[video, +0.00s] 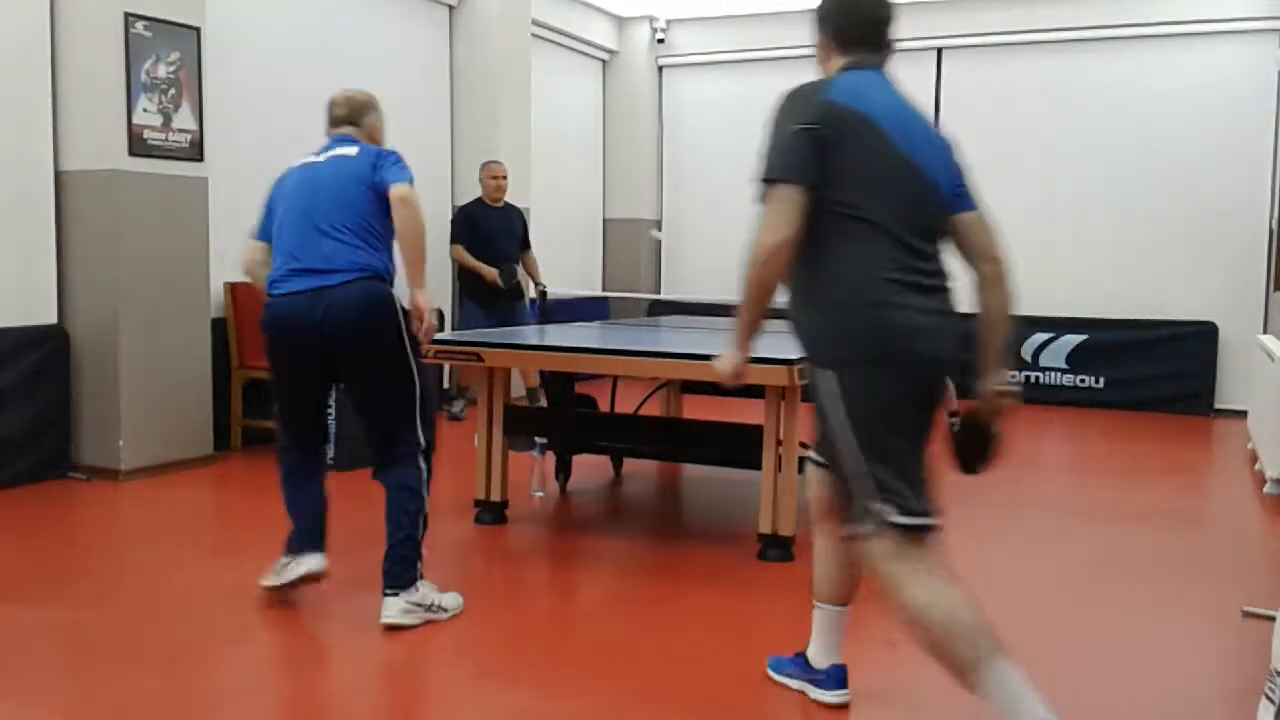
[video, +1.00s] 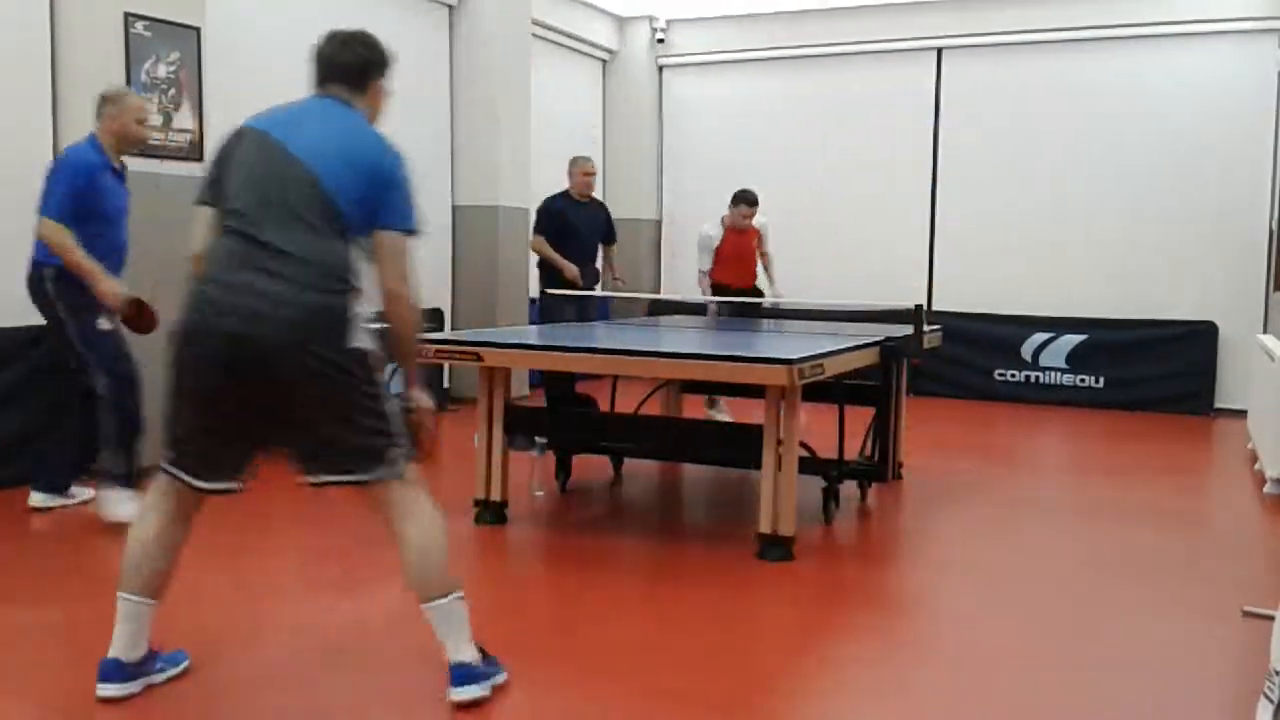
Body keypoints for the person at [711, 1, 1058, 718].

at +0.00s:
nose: (814, 50)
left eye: (816, 38)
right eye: (825, 37)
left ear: (823, 43)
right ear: (886, 46)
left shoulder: (810, 106)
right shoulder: (923, 129)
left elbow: (778, 239)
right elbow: (989, 260)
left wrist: (739, 345)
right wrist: (993, 377)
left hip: (855, 348)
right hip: (925, 344)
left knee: (892, 551)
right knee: (831, 493)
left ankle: (1028, 707)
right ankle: (822, 662)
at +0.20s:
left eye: (728, 61)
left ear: (729, 63)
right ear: (792, 66)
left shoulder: (710, 115)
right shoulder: (826, 138)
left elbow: (674, 232)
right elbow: (870, 266)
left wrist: (658, 338)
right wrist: (849, 345)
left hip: (752, 334)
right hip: (841, 338)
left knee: (678, 498)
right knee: (809, 493)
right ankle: (828, 664)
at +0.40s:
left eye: (633, 84)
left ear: (630, 87)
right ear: (690, 90)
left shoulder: (606, 148)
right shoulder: (722, 156)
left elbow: (561, 259)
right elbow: (758, 270)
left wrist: (557, 349)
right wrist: (704, 308)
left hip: (635, 360)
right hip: (731, 364)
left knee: (516, 477)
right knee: (768, 498)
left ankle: (433, 636)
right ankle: (823, 657)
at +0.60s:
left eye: (525, 60)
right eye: (566, 67)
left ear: (514, 66)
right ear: (575, 73)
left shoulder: (463, 127)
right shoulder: (596, 149)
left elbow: (402, 239)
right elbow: (640, 275)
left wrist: (439, 302)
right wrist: (626, 309)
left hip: (466, 339)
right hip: (562, 345)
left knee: (407, 479)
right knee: (635, 473)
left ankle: (404, 650)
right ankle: (686, 642)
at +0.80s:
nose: (483, 74)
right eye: (484, 64)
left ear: (418, 54)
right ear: (476, 63)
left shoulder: (360, 107)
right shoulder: (497, 131)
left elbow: (305, 224)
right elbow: (520, 270)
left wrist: (338, 294)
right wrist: (510, 345)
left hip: (350, 311)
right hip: (451, 321)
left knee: (296, 457)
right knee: (474, 480)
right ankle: (478, 667)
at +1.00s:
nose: (385, 100)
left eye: (383, 89)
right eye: (385, 89)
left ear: (319, 79)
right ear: (373, 88)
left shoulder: (251, 131)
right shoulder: (378, 155)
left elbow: (203, 252)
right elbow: (396, 297)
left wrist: (225, 324)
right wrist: (417, 384)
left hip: (214, 331)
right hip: (312, 340)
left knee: (174, 487)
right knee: (400, 488)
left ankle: (124, 656)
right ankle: (464, 661)